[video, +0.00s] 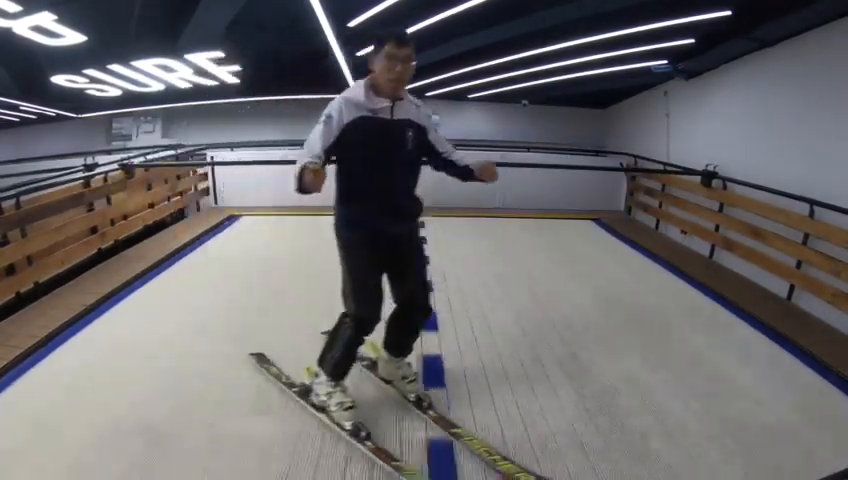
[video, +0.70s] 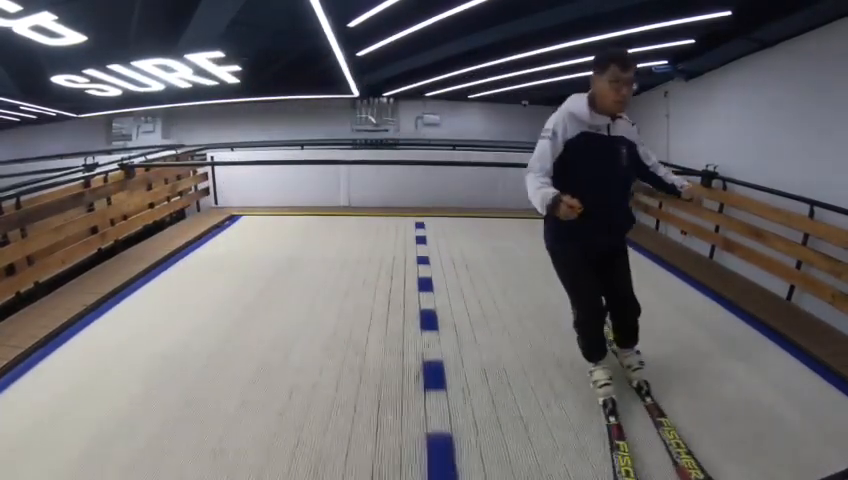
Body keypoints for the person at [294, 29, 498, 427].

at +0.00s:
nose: (400, 71)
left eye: (407, 63)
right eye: (392, 62)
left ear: (413, 67)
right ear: (373, 62)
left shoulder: (416, 114)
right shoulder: (346, 107)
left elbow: (441, 157)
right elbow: (312, 155)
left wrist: (473, 172)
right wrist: (310, 175)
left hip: (402, 224)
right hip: (357, 224)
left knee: (415, 303)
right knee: (364, 311)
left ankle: (392, 361)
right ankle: (326, 380)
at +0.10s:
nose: (445, 64)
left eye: (452, 57)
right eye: (438, 55)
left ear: (457, 63)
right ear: (417, 57)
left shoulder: (459, 107)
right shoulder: (389, 100)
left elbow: (484, 151)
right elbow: (353, 151)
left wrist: (516, 164)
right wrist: (354, 170)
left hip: (442, 217)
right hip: (397, 218)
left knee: (453, 299)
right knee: (403, 303)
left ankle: (430, 352)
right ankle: (366, 369)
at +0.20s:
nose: (491, 66)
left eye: (496, 58)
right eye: (483, 57)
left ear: (500, 62)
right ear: (461, 57)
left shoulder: (496, 110)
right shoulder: (432, 98)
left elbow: (520, 152)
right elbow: (393, 149)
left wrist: (553, 166)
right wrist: (399, 168)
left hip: (477, 213)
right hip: (434, 213)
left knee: (490, 297)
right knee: (443, 298)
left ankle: (470, 348)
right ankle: (414, 359)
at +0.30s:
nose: (531, 73)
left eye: (537, 66)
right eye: (524, 64)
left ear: (540, 70)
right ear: (502, 62)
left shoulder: (529, 113)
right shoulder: (469, 100)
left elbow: (551, 156)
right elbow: (431, 151)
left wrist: (587, 172)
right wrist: (441, 173)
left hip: (510, 214)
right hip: (468, 215)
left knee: (525, 296)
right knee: (481, 301)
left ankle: (507, 343)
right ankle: (465, 353)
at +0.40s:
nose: (563, 79)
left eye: (568, 72)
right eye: (555, 70)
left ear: (572, 76)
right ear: (533, 67)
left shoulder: (558, 119)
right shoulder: (500, 106)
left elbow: (579, 161)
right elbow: (465, 158)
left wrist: (616, 180)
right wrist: (480, 182)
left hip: (540, 216)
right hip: (499, 216)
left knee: (556, 294)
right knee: (518, 300)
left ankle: (544, 340)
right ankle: (510, 351)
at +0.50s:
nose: (587, 83)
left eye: (593, 76)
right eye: (580, 74)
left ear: (598, 79)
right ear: (560, 71)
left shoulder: (584, 121)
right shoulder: (527, 110)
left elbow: (602, 161)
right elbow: (495, 164)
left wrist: (636, 181)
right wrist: (512, 188)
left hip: (567, 218)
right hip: (527, 219)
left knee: (583, 294)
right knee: (547, 298)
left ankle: (576, 342)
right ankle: (548, 353)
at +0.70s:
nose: (625, 93)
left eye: (630, 85)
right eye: (617, 84)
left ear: (633, 86)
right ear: (595, 80)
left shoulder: (625, 128)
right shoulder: (566, 120)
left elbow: (648, 167)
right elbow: (536, 175)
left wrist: (680, 187)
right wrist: (552, 201)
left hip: (610, 231)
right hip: (569, 233)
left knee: (624, 301)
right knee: (589, 305)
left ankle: (627, 349)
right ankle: (598, 363)